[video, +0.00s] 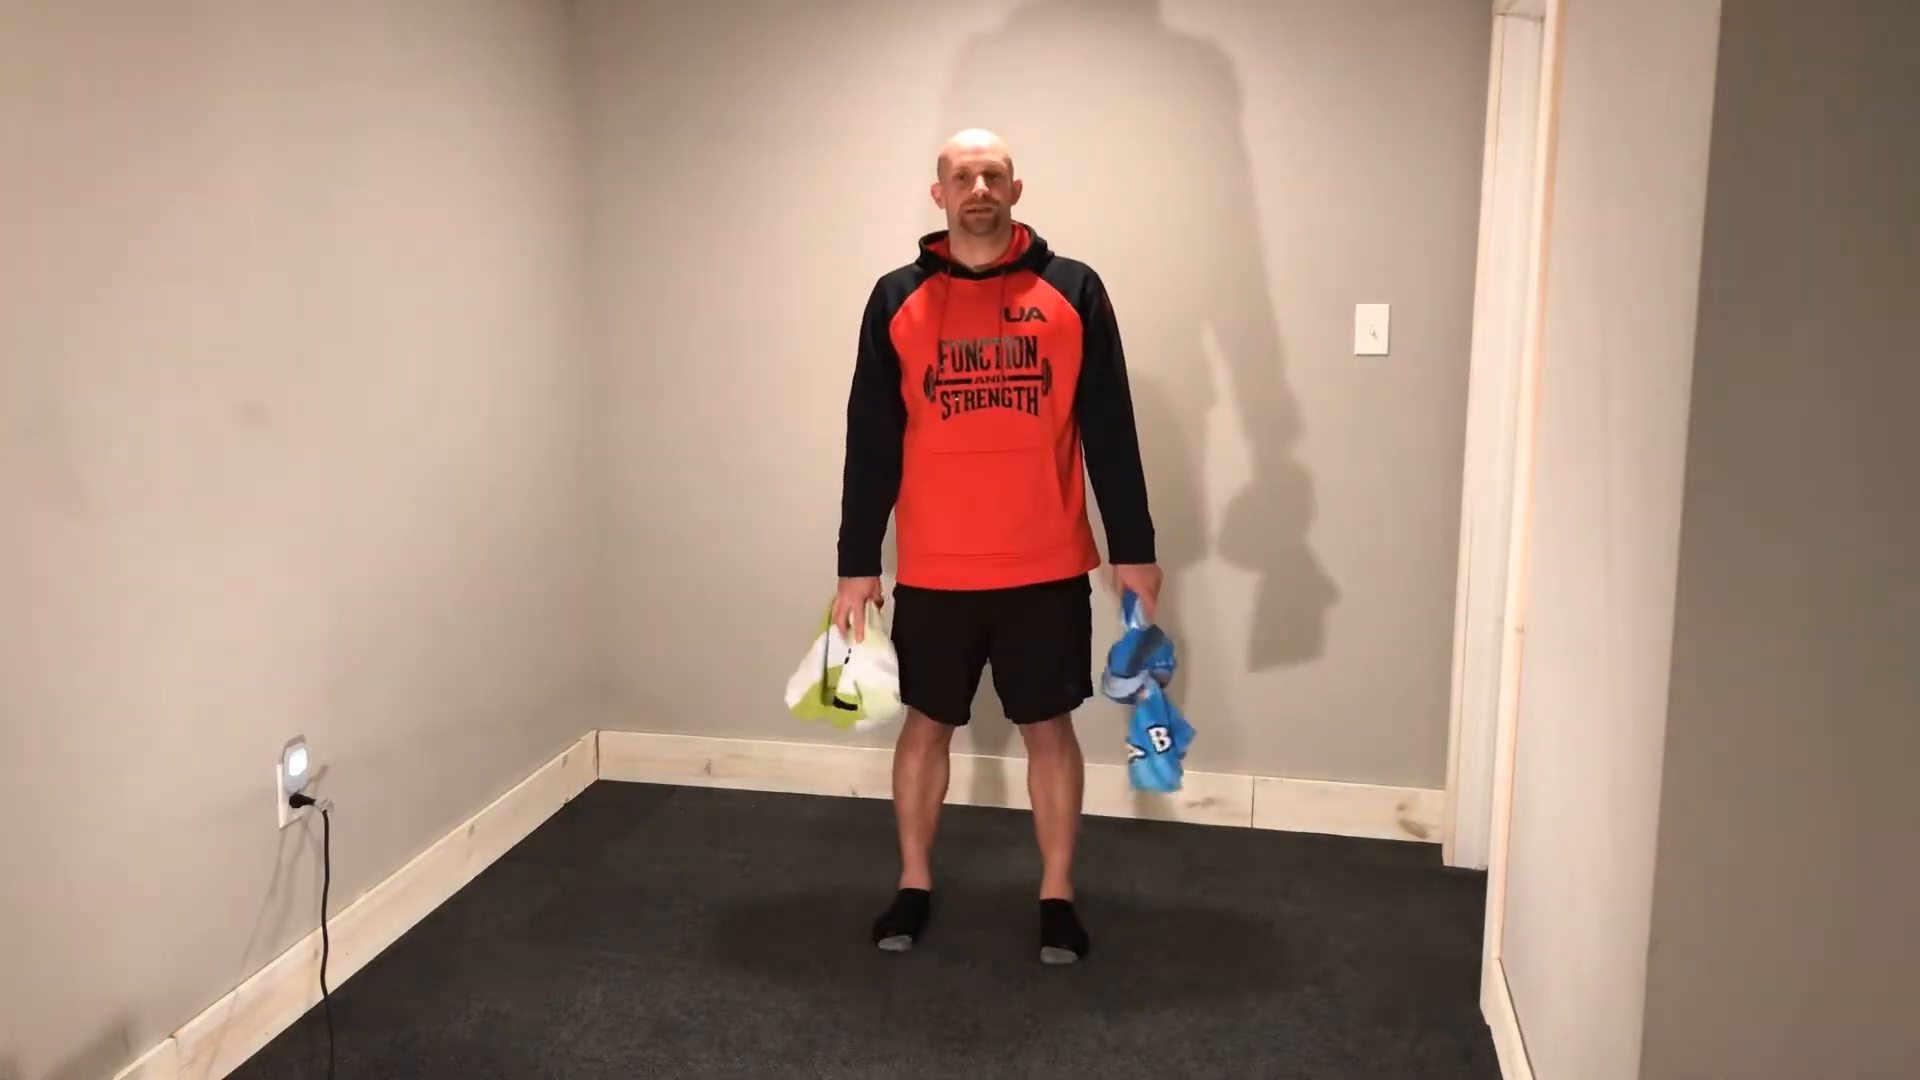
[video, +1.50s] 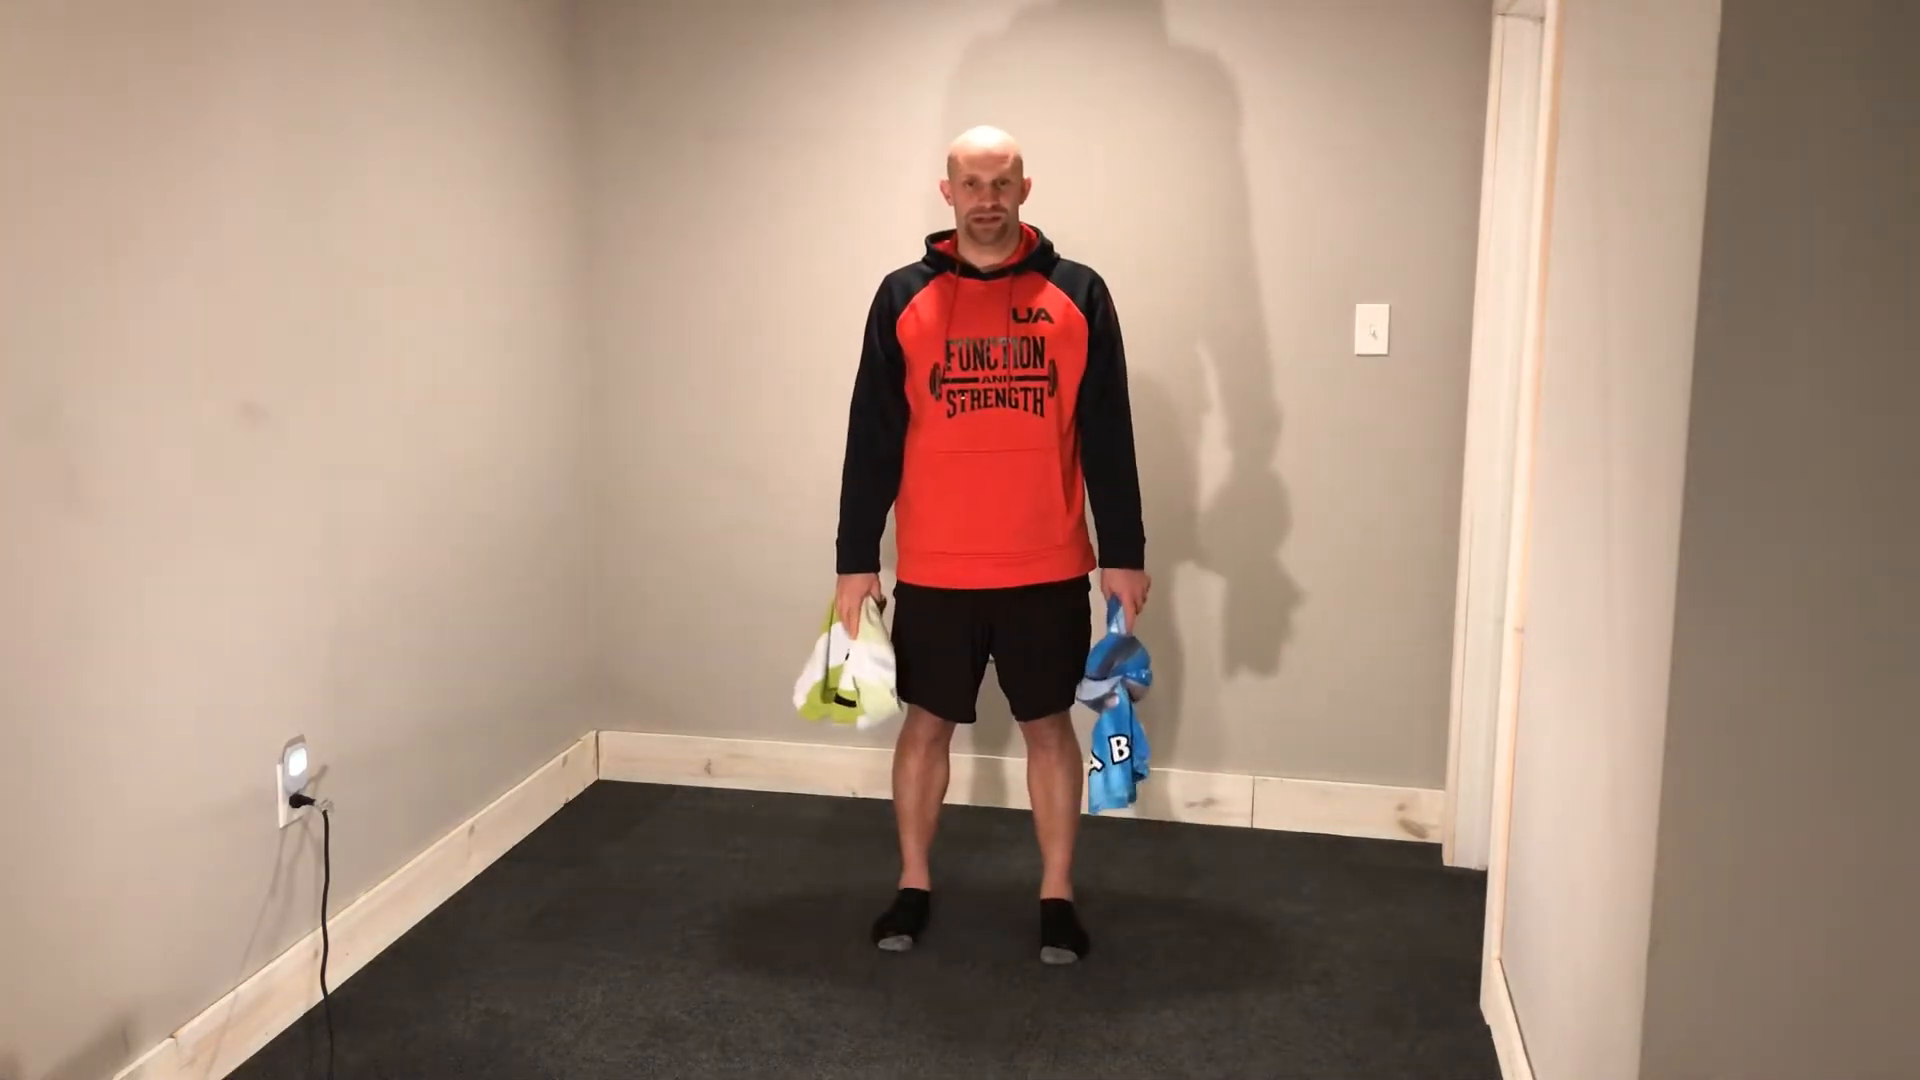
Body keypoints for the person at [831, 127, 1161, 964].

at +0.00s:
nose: (979, 187)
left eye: (992, 174)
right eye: (962, 176)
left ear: (1018, 192)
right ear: (937, 195)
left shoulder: (1072, 291)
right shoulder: (898, 299)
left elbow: (1109, 427)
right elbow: (871, 437)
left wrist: (1134, 549)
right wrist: (857, 560)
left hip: (1042, 564)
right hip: (935, 567)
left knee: (1047, 727)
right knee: (925, 725)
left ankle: (1057, 898)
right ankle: (912, 888)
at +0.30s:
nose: (976, 188)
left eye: (989, 175)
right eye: (959, 176)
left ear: (1013, 189)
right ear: (936, 195)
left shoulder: (1071, 291)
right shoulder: (898, 299)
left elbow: (1108, 428)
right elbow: (868, 438)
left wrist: (1130, 551)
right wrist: (848, 560)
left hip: (1041, 561)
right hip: (935, 565)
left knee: (1046, 723)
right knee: (925, 721)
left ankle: (1059, 897)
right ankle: (912, 889)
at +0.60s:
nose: (978, 188)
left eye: (991, 174)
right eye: (961, 176)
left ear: (1015, 189)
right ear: (938, 193)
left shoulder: (1072, 292)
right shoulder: (898, 298)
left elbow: (1105, 429)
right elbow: (868, 437)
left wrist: (1122, 551)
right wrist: (850, 559)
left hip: (1041, 563)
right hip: (933, 565)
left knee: (1048, 728)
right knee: (923, 724)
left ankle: (1059, 898)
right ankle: (911, 890)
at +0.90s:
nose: (980, 189)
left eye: (994, 175)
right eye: (964, 178)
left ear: (1021, 188)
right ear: (943, 193)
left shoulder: (1075, 294)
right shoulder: (902, 296)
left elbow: (1105, 431)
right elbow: (870, 434)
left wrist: (1120, 553)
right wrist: (854, 558)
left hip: (1041, 565)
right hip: (933, 566)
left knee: (1047, 728)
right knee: (925, 727)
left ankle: (1059, 898)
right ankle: (912, 889)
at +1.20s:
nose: (985, 200)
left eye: (1000, 185)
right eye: (970, 185)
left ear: (1023, 189)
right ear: (947, 191)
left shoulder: (1077, 295)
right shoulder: (903, 297)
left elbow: (1108, 431)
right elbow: (871, 434)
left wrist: (1125, 553)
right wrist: (853, 557)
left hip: (1041, 564)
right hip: (934, 565)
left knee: (1046, 726)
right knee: (925, 725)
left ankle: (1058, 899)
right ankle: (911, 890)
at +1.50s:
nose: (987, 201)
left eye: (1001, 185)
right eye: (971, 185)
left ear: (1024, 190)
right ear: (948, 192)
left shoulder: (1078, 295)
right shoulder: (904, 297)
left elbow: (1107, 430)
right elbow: (873, 434)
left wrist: (1123, 552)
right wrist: (856, 557)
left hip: (1043, 564)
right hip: (935, 565)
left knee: (1048, 727)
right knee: (925, 723)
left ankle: (1058, 899)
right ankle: (912, 889)